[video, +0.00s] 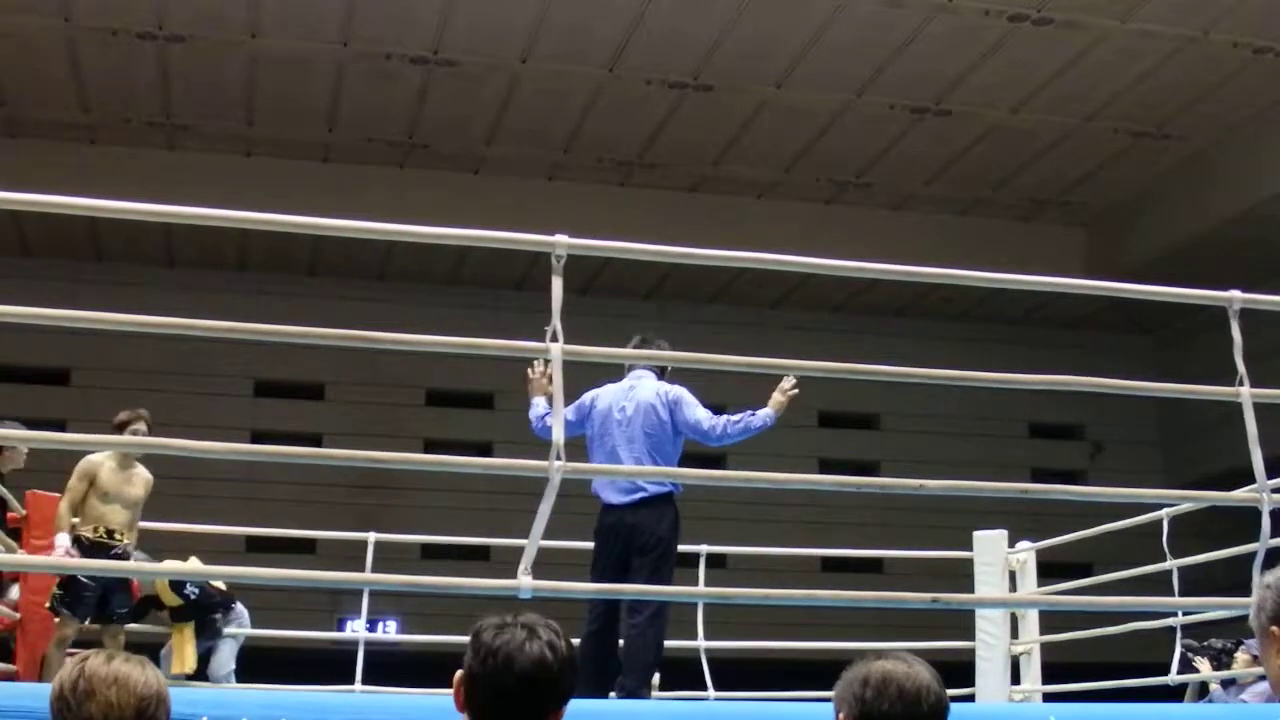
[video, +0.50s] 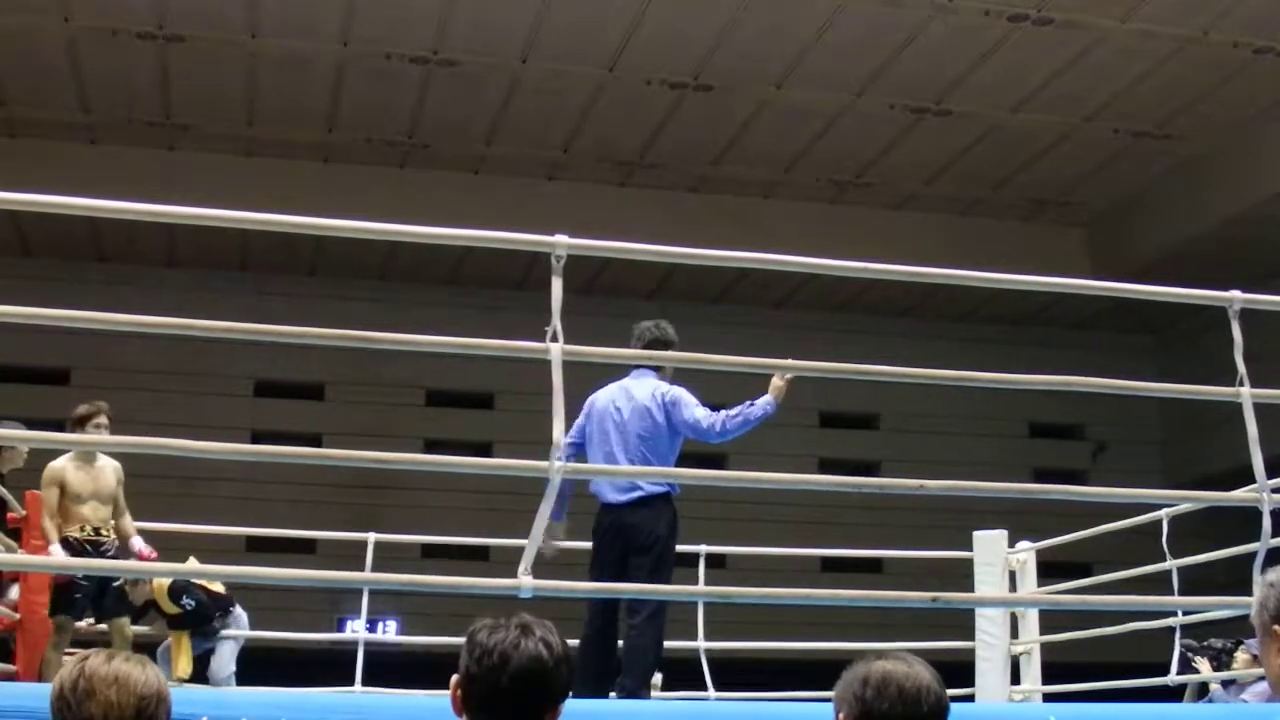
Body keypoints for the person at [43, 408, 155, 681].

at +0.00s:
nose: (140, 439)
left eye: (144, 434)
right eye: (134, 433)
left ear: (148, 439)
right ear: (119, 434)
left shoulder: (145, 478)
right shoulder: (92, 464)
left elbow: (134, 523)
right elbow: (66, 504)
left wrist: (127, 553)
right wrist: (63, 541)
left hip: (120, 553)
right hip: (86, 548)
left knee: (115, 636)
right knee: (66, 632)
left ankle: (115, 704)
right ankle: (48, 697)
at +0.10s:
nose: (133, 439)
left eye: (137, 434)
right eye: (127, 432)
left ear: (141, 437)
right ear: (112, 433)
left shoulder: (142, 477)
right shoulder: (86, 465)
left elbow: (137, 524)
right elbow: (62, 503)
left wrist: (135, 559)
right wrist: (64, 528)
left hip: (120, 556)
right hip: (85, 552)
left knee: (115, 636)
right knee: (66, 632)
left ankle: (115, 705)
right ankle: (48, 697)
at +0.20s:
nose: (125, 437)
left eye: (129, 431)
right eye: (119, 431)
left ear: (133, 436)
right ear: (102, 433)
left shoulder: (135, 473)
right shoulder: (76, 465)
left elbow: (136, 521)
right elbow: (57, 506)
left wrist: (141, 557)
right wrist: (64, 528)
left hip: (119, 550)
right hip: (82, 548)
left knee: (115, 635)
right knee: (65, 632)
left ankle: (116, 703)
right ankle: (48, 699)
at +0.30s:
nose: (114, 434)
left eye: (118, 429)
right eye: (108, 428)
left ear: (122, 433)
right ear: (92, 431)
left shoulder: (127, 470)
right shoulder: (67, 467)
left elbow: (133, 517)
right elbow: (52, 509)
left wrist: (144, 552)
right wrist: (59, 529)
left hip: (114, 552)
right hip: (77, 550)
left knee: (114, 634)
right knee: (64, 633)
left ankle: (116, 702)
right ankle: (48, 700)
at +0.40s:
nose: (107, 434)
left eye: (110, 429)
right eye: (100, 429)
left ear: (115, 433)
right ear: (83, 432)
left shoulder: (119, 469)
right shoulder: (61, 469)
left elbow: (127, 515)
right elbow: (51, 513)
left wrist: (140, 544)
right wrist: (57, 542)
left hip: (110, 551)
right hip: (74, 550)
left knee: (118, 633)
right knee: (63, 634)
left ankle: (116, 703)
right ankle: (47, 700)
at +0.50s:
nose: (103, 433)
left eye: (106, 428)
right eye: (96, 427)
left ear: (110, 432)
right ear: (78, 432)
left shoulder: (114, 468)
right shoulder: (57, 469)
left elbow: (122, 514)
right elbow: (48, 517)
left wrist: (137, 544)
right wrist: (56, 551)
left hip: (109, 550)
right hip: (72, 550)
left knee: (124, 633)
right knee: (62, 633)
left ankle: (122, 703)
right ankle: (47, 702)